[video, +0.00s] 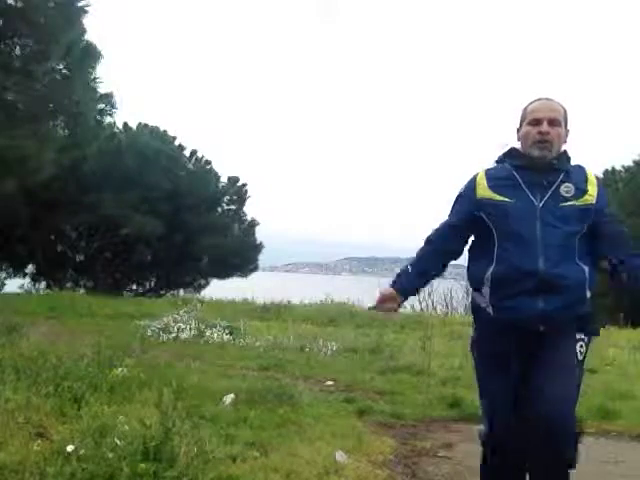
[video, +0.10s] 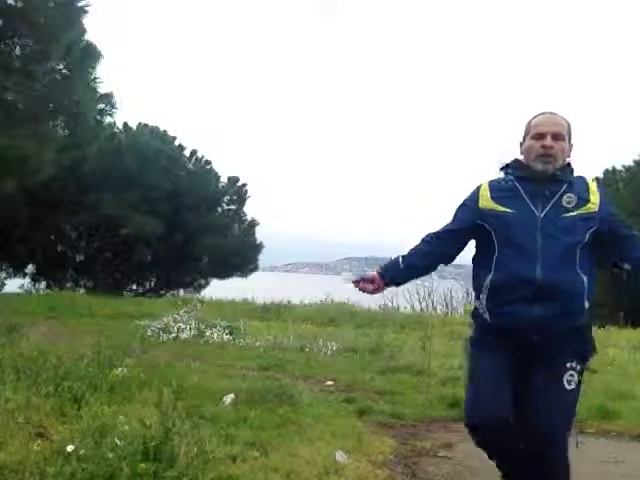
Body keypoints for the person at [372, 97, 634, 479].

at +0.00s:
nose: (543, 130)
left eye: (553, 124)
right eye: (534, 123)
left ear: (566, 135)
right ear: (519, 132)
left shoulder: (587, 188)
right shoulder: (485, 184)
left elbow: (620, 252)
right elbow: (443, 244)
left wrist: (632, 282)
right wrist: (400, 288)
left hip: (562, 329)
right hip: (498, 329)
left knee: (554, 426)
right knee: (502, 433)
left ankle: (551, 473)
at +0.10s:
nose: (547, 144)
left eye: (557, 138)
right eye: (538, 137)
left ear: (569, 150)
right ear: (522, 146)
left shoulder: (590, 198)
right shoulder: (490, 195)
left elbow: (628, 248)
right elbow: (442, 244)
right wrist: (386, 274)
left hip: (562, 337)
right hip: (496, 335)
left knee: (547, 440)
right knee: (486, 422)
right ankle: (523, 471)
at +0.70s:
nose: (552, 125)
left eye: (561, 120)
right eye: (543, 118)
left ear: (572, 133)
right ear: (525, 130)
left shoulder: (593, 188)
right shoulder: (488, 181)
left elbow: (625, 246)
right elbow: (444, 233)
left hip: (569, 331)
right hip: (502, 331)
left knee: (558, 436)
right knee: (508, 441)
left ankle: (557, 475)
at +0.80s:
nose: (554, 147)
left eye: (563, 141)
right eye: (545, 140)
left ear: (573, 154)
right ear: (527, 151)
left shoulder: (594, 205)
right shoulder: (492, 201)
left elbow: (631, 260)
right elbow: (450, 254)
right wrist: (400, 271)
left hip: (568, 344)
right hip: (500, 342)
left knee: (553, 452)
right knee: (493, 425)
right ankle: (534, 470)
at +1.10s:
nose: (552, 135)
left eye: (558, 129)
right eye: (541, 129)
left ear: (565, 141)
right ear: (517, 141)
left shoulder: (588, 194)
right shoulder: (485, 195)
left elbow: (626, 257)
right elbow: (446, 253)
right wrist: (394, 272)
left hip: (567, 340)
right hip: (500, 341)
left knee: (559, 437)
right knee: (506, 444)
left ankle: (536, 474)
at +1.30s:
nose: (564, 119)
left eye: (568, 114)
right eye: (552, 112)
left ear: (573, 127)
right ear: (526, 126)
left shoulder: (590, 183)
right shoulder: (489, 181)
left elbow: (619, 255)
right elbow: (451, 241)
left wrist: (635, 294)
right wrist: (406, 280)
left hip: (568, 333)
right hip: (502, 331)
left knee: (563, 437)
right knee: (507, 444)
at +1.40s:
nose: (569, 123)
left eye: (573, 118)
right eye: (556, 117)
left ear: (578, 131)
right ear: (530, 130)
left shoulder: (593, 187)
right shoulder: (492, 182)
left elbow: (623, 250)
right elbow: (452, 239)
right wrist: (400, 267)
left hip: (570, 331)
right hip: (504, 329)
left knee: (557, 439)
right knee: (507, 434)